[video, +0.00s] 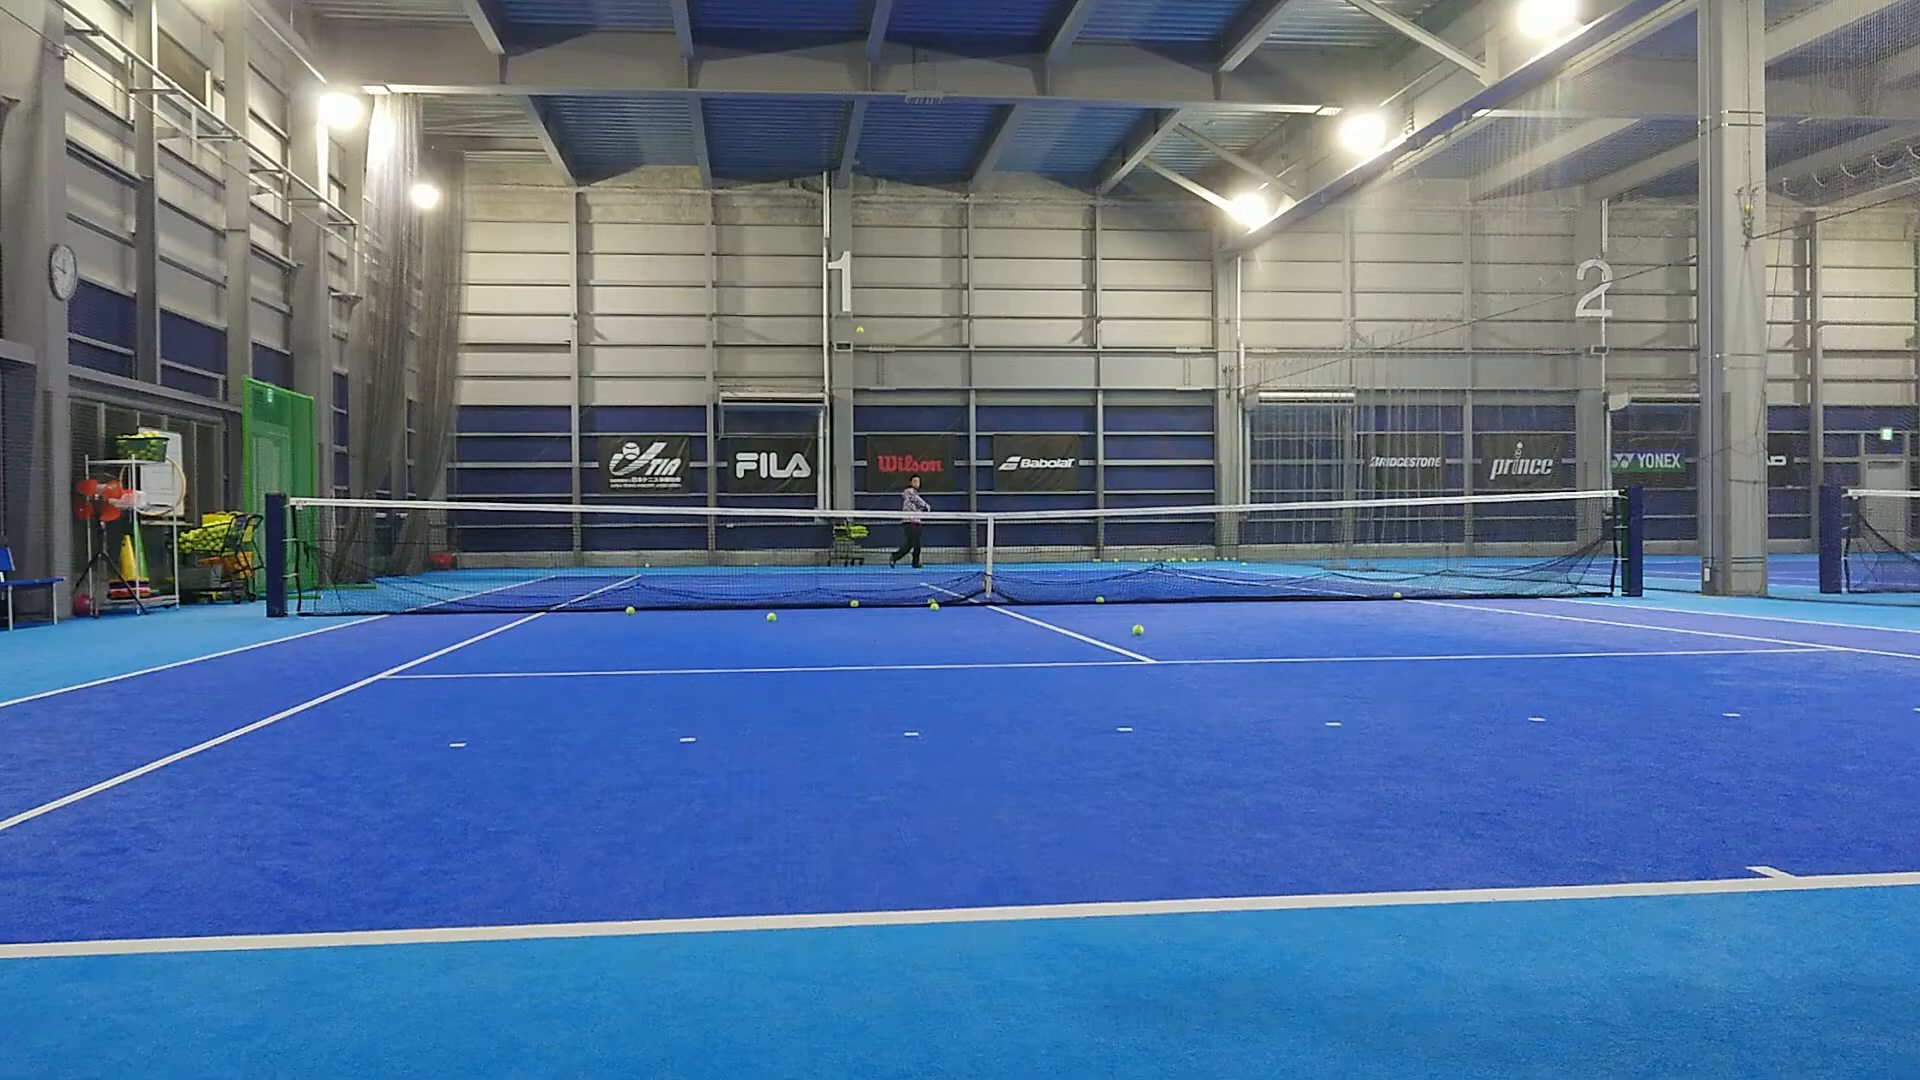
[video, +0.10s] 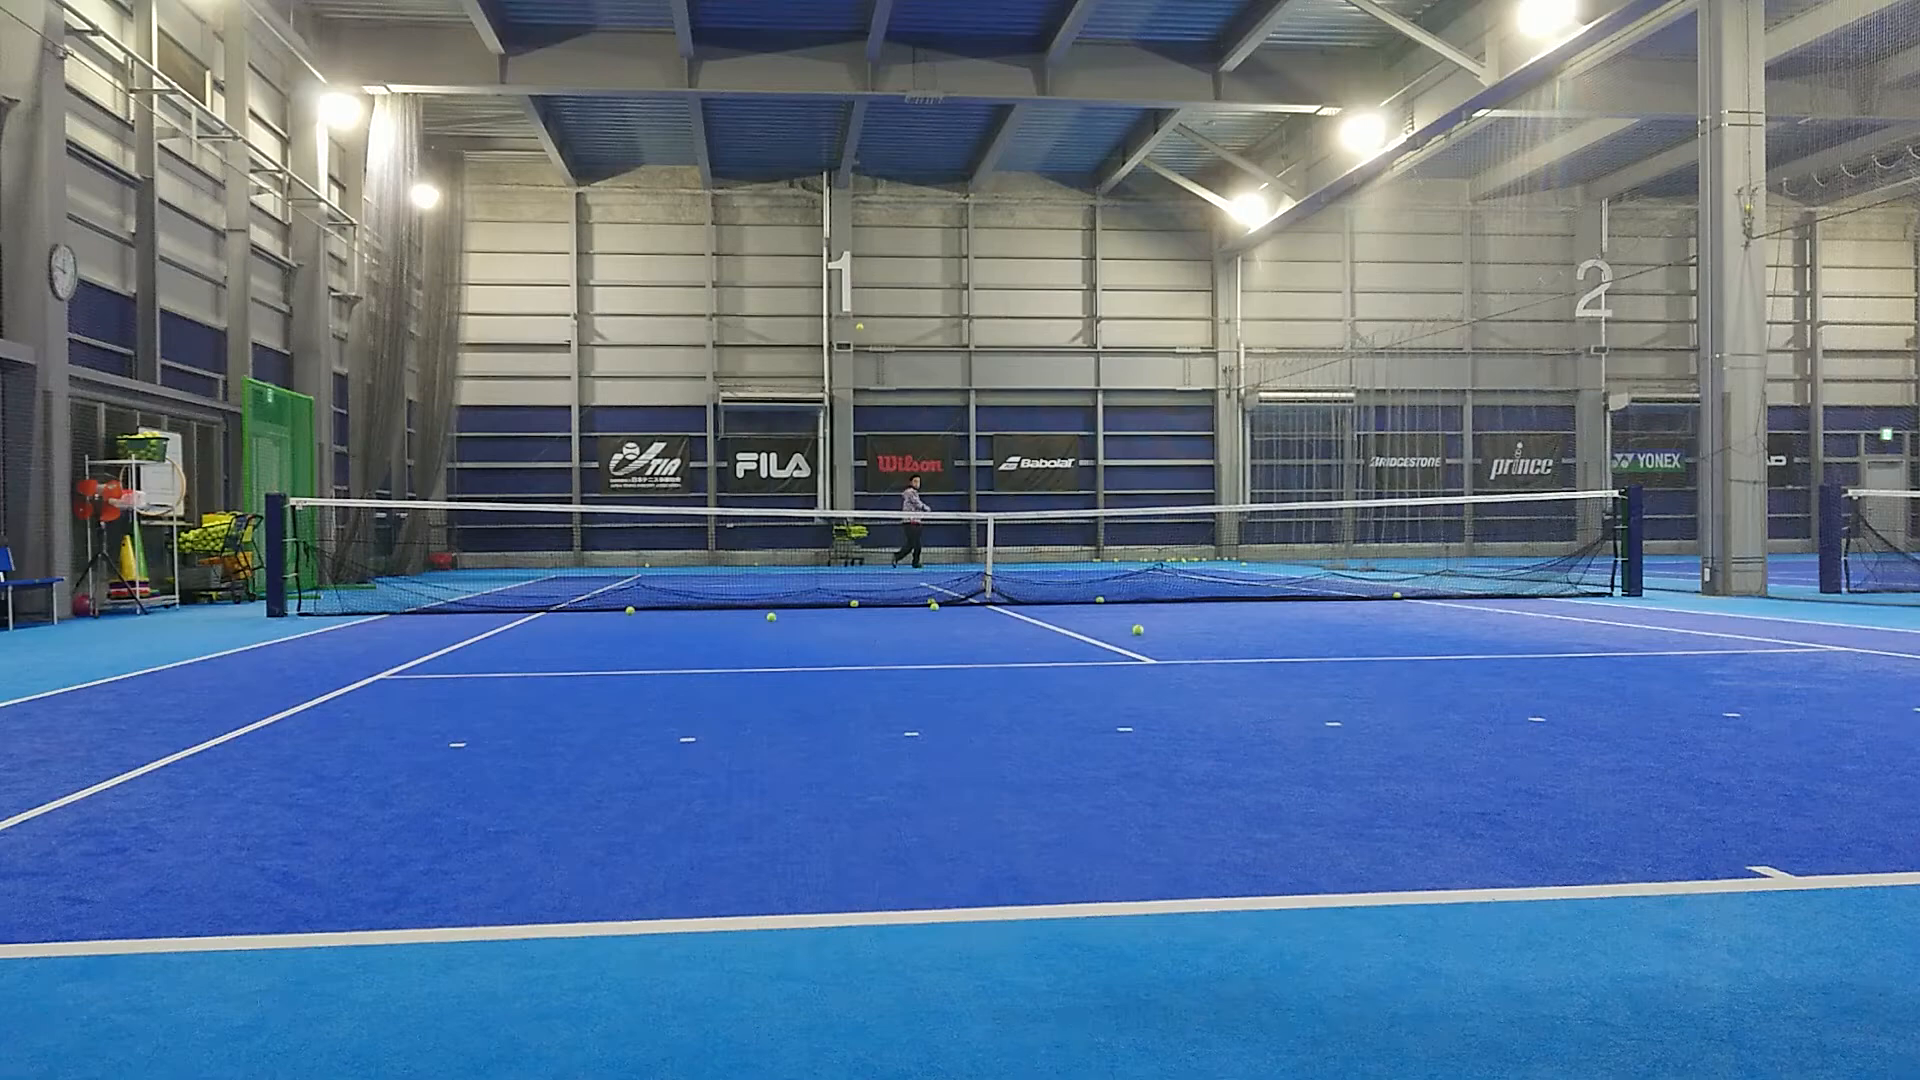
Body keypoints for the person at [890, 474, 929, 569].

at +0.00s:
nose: (917, 483)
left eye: (918, 481)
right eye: (915, 481)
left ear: (919, 483)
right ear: (911, 482)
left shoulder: (914, 493)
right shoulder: (909, 492)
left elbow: (915, 505)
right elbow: (918, 500)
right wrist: (927, 506)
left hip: (916, 520)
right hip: (910, 520)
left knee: (916, 543)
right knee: (912, 542)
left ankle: (916, 562)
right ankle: (895, 556)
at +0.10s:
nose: (917, 483)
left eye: (918, 481)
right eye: (915, 481)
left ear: (919, 483)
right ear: (911, 482)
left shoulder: (914, 493)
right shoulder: (910, 492)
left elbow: (916, 504)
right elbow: (917, 503)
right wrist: (926, 508)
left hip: (916, 520)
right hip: (910, 520)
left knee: (916, 544)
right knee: (913, 543)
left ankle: (916, 562)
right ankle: (897, 557)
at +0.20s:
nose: (917, 483)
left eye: (918, 481)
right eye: (915, 481)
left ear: (920, 482)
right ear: (911, 482)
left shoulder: (918, 493)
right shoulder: (908, 492)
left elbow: (918, 506)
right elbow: (912, 506)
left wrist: (924, 510)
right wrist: (924, 509)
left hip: (917, 520)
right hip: (909, 520)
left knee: (917, 543)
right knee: (912, 543)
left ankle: (916, 562)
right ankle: (897, 557)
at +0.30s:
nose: (915, 482)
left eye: (917, 480)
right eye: (913, 480)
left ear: (919, 481)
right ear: (910, 481)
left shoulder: (920, 492)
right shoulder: (906, 491)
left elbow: (920, 504)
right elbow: (904, 504)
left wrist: (925, 509)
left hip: (918, 519)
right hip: (909, 519)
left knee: (917, 542)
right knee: (911, 541)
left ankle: (916, 561)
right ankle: (899, 558)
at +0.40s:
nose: (913, 482)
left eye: (915, 479)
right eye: (911, 479)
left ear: (917, 481)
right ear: (908, 481)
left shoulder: (920, 492)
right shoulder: (904, 491)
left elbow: (923, 504)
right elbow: (900, 504)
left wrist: (921, 510)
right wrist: (910, 510)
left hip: (917, 520)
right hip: (906, 520)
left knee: (917, 542)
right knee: (906, 541)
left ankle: (916, 561)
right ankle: (902, 560)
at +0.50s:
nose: (911, 482)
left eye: (913, 480)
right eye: (909, 480)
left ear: (915, 481)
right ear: (906, 481)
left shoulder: (919, 492)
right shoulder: (901, 493)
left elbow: (924, 505)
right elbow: (896, 505)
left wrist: (919, 509)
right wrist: (906, 511)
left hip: (916, 521)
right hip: (904, 521)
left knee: (917, 543)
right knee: (903, 544)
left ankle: (916, 561)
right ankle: (902, 561)